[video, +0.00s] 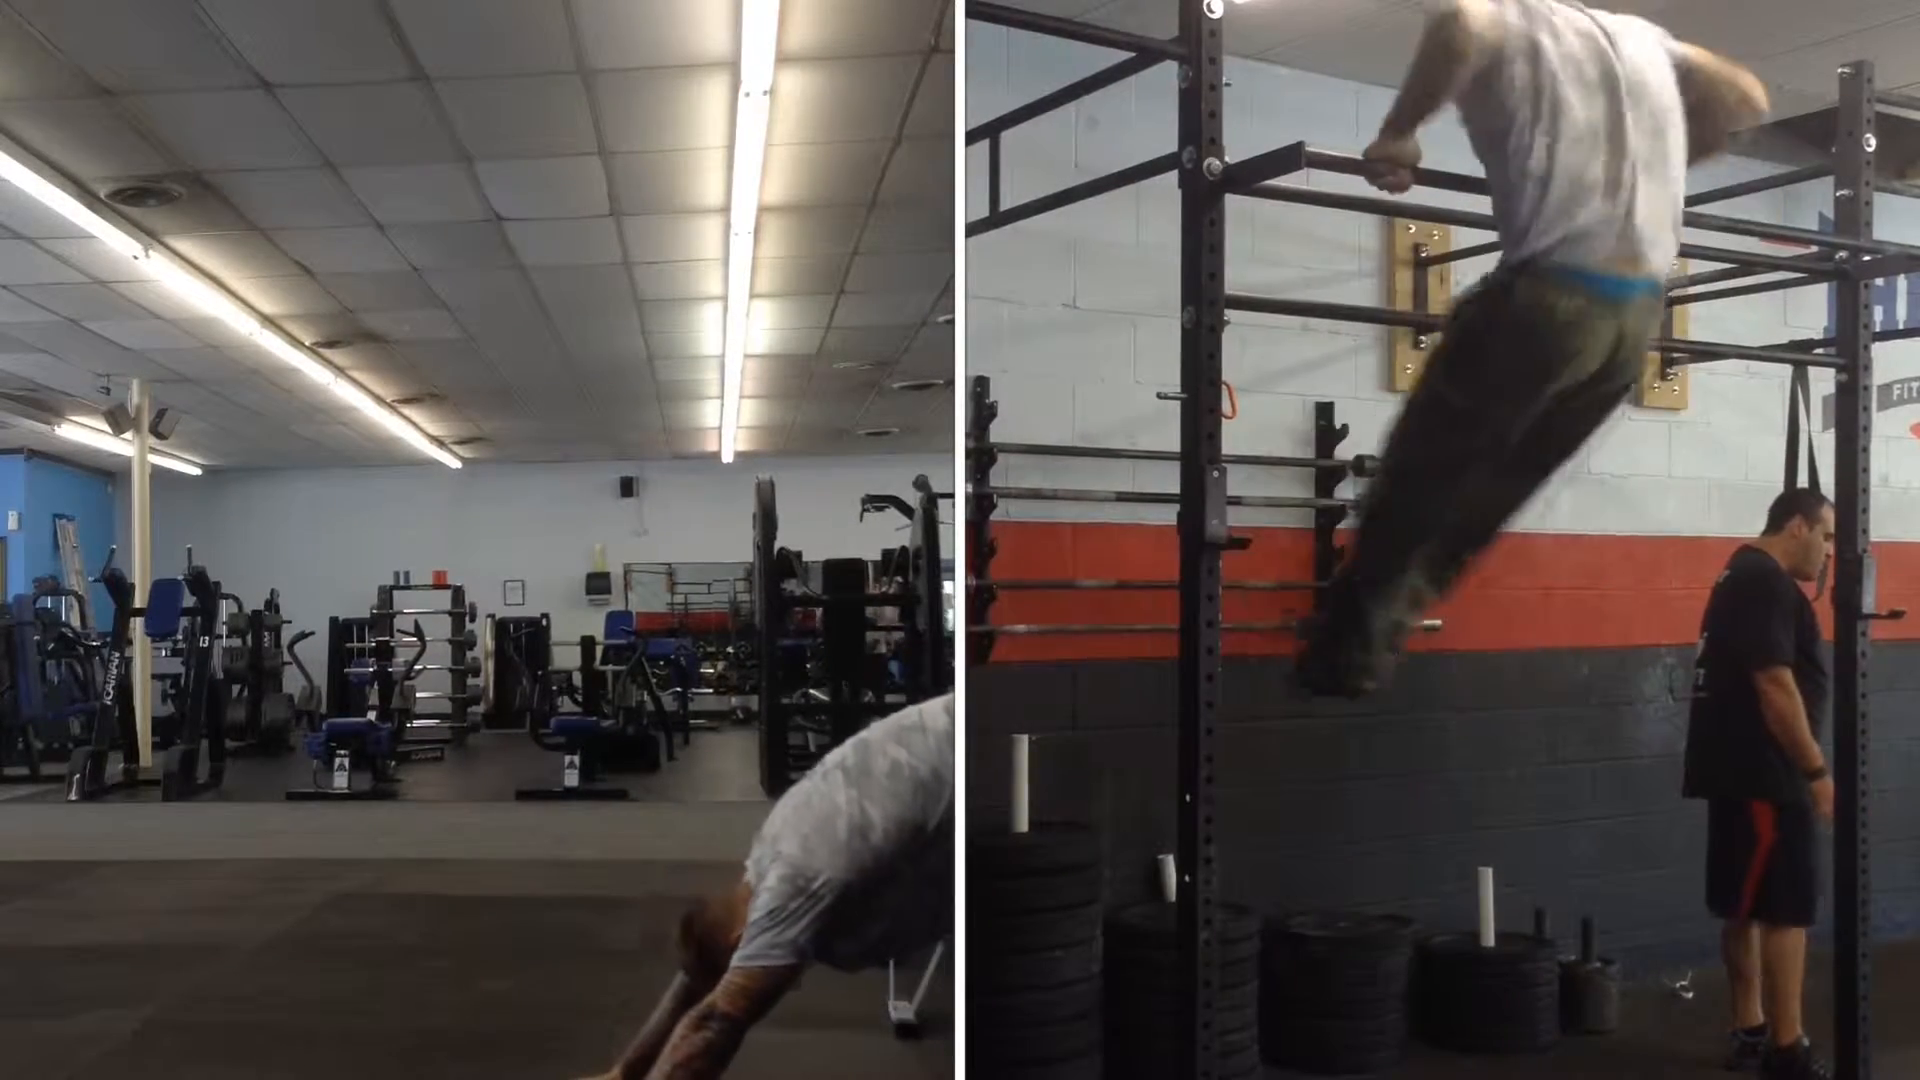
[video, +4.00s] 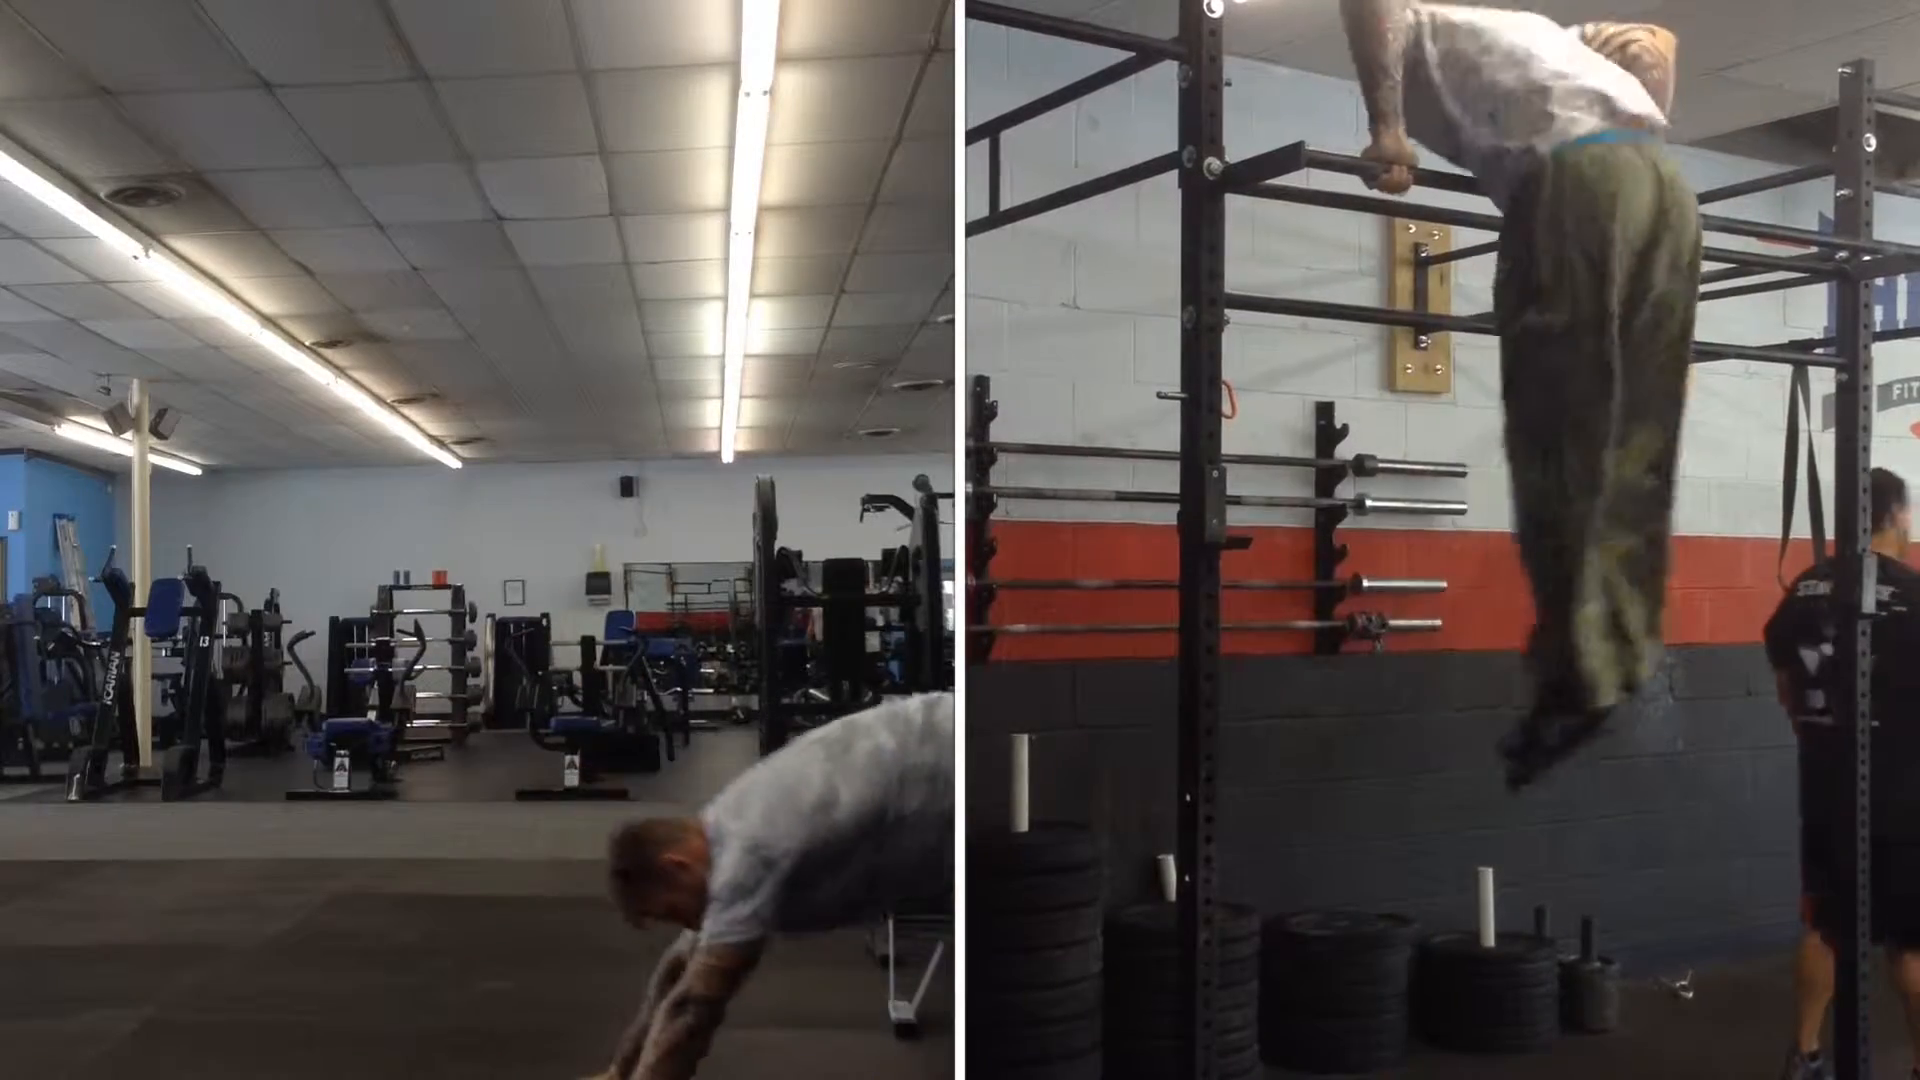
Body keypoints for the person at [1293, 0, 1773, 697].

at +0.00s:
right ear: (1576, 2)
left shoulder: (1497, 15)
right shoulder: (1644, 37)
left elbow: (1460, 25)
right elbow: (1745, 96)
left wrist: (1399, 129)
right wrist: (1660, 153)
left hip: (1545, 306)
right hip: (1634, 326)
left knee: (1423, 469)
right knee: (1495, 489)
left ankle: (1347, 653)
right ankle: (1382, 621)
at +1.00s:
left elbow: (1399, 11)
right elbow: (1626, 44)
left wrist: (1395, 124)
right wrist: (1631, 155)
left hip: (1525, 108)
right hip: (1618, 116)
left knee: (1476, 353)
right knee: (1558, 363)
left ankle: (1428, 589)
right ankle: (1470, 584)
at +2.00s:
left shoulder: (1547, 7)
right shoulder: (1707, 11)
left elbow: (1491, 112)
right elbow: (1757, 148)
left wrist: (1407, 151)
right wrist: (1666, 165)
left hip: (1619, 255)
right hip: (1715, 259)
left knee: (1526, 489)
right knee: (1635, 473)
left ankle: (1657, 640)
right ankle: (1760, 581)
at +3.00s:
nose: (1455, 419)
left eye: (1462, 410)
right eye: (1465, 408)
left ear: (1470, 426)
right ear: (1538, 439)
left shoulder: (1429, 488)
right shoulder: (1545, 509)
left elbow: (1366, 353)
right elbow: (1590, 376)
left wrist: (1394, 218)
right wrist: (1621, 259)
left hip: (1338, 713)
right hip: (1409, 719)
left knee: (1200, 714)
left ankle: (1192, 902)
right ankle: (1285, 922)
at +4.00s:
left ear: (1405, 23)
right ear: (1476, 15)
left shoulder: (1411, 23)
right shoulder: (1542, 36)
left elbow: (1372, 3)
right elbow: (1650, 41)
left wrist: (1386, 124)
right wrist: (1640, 135)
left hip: (1575, 177)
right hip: (1665, 181)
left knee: (1560, 430)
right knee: (1643, 434)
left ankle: (1579, 679)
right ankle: (1628, 659)